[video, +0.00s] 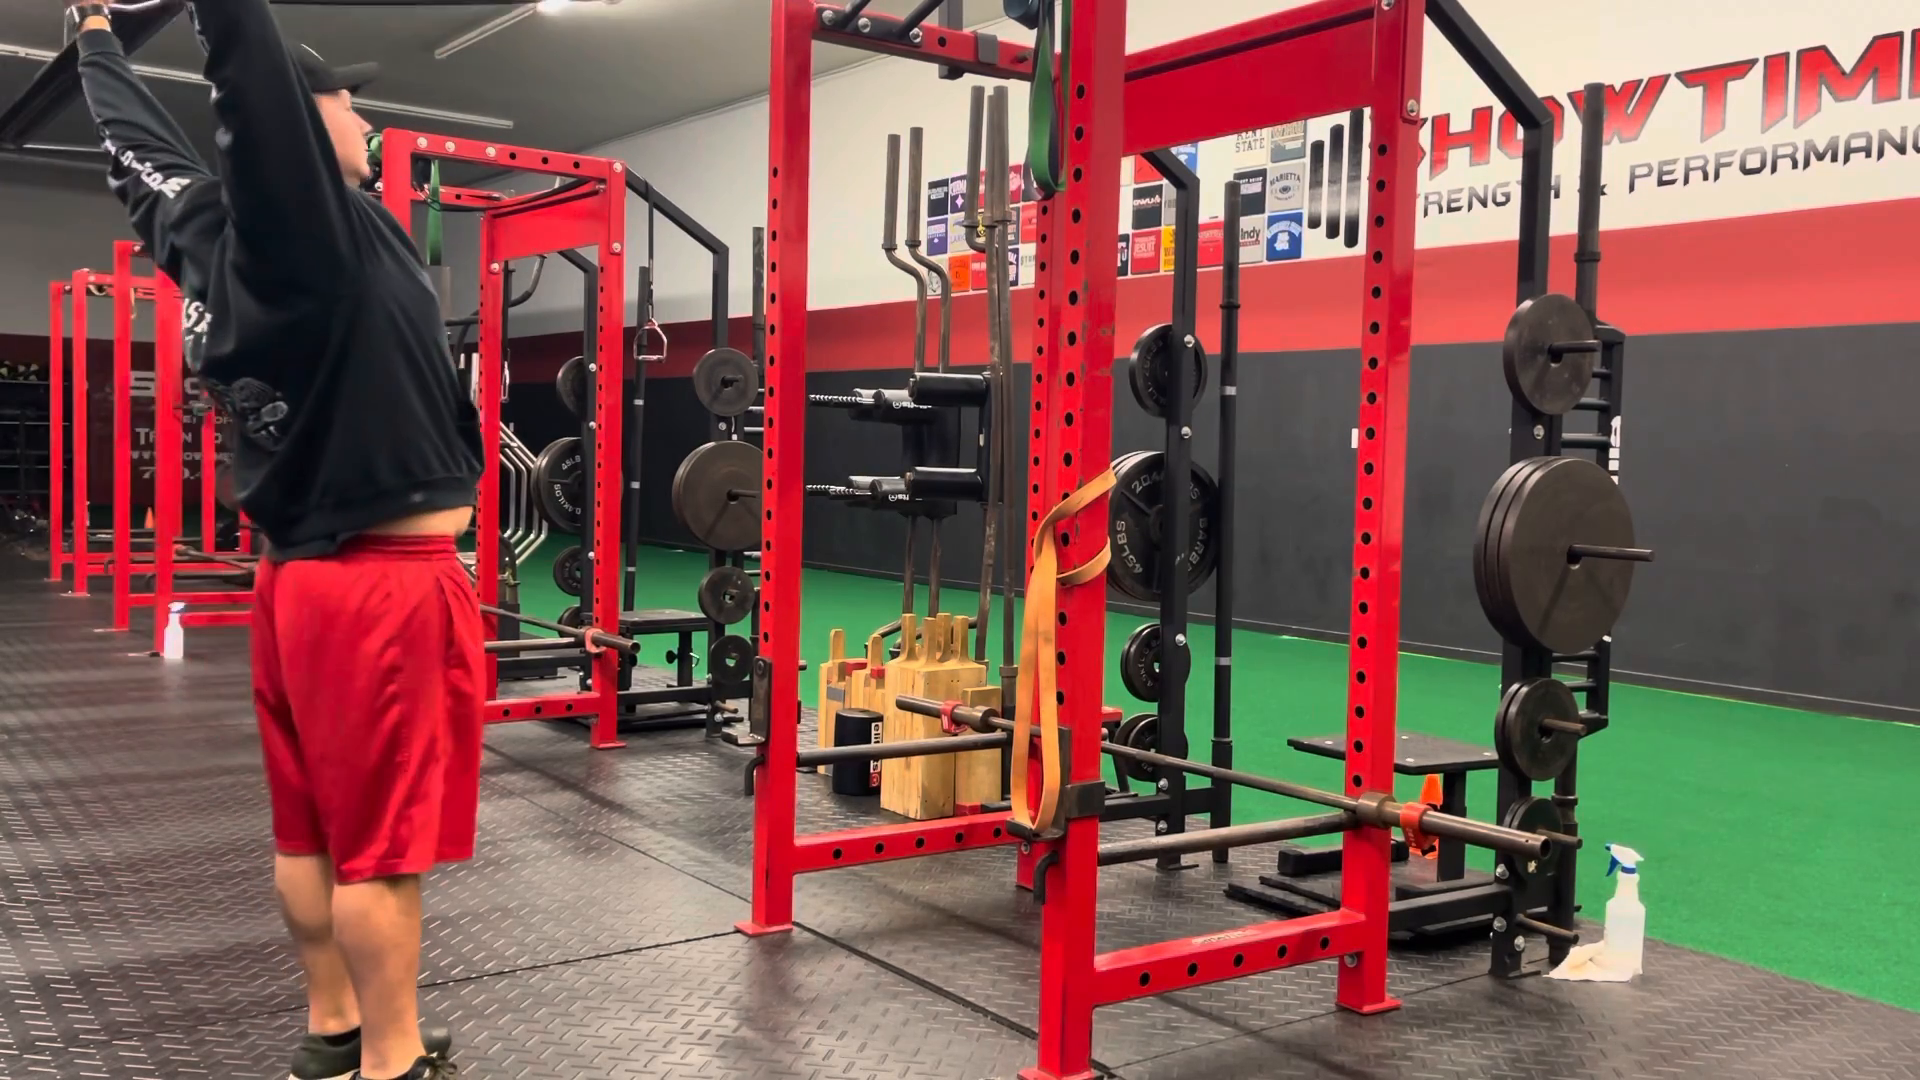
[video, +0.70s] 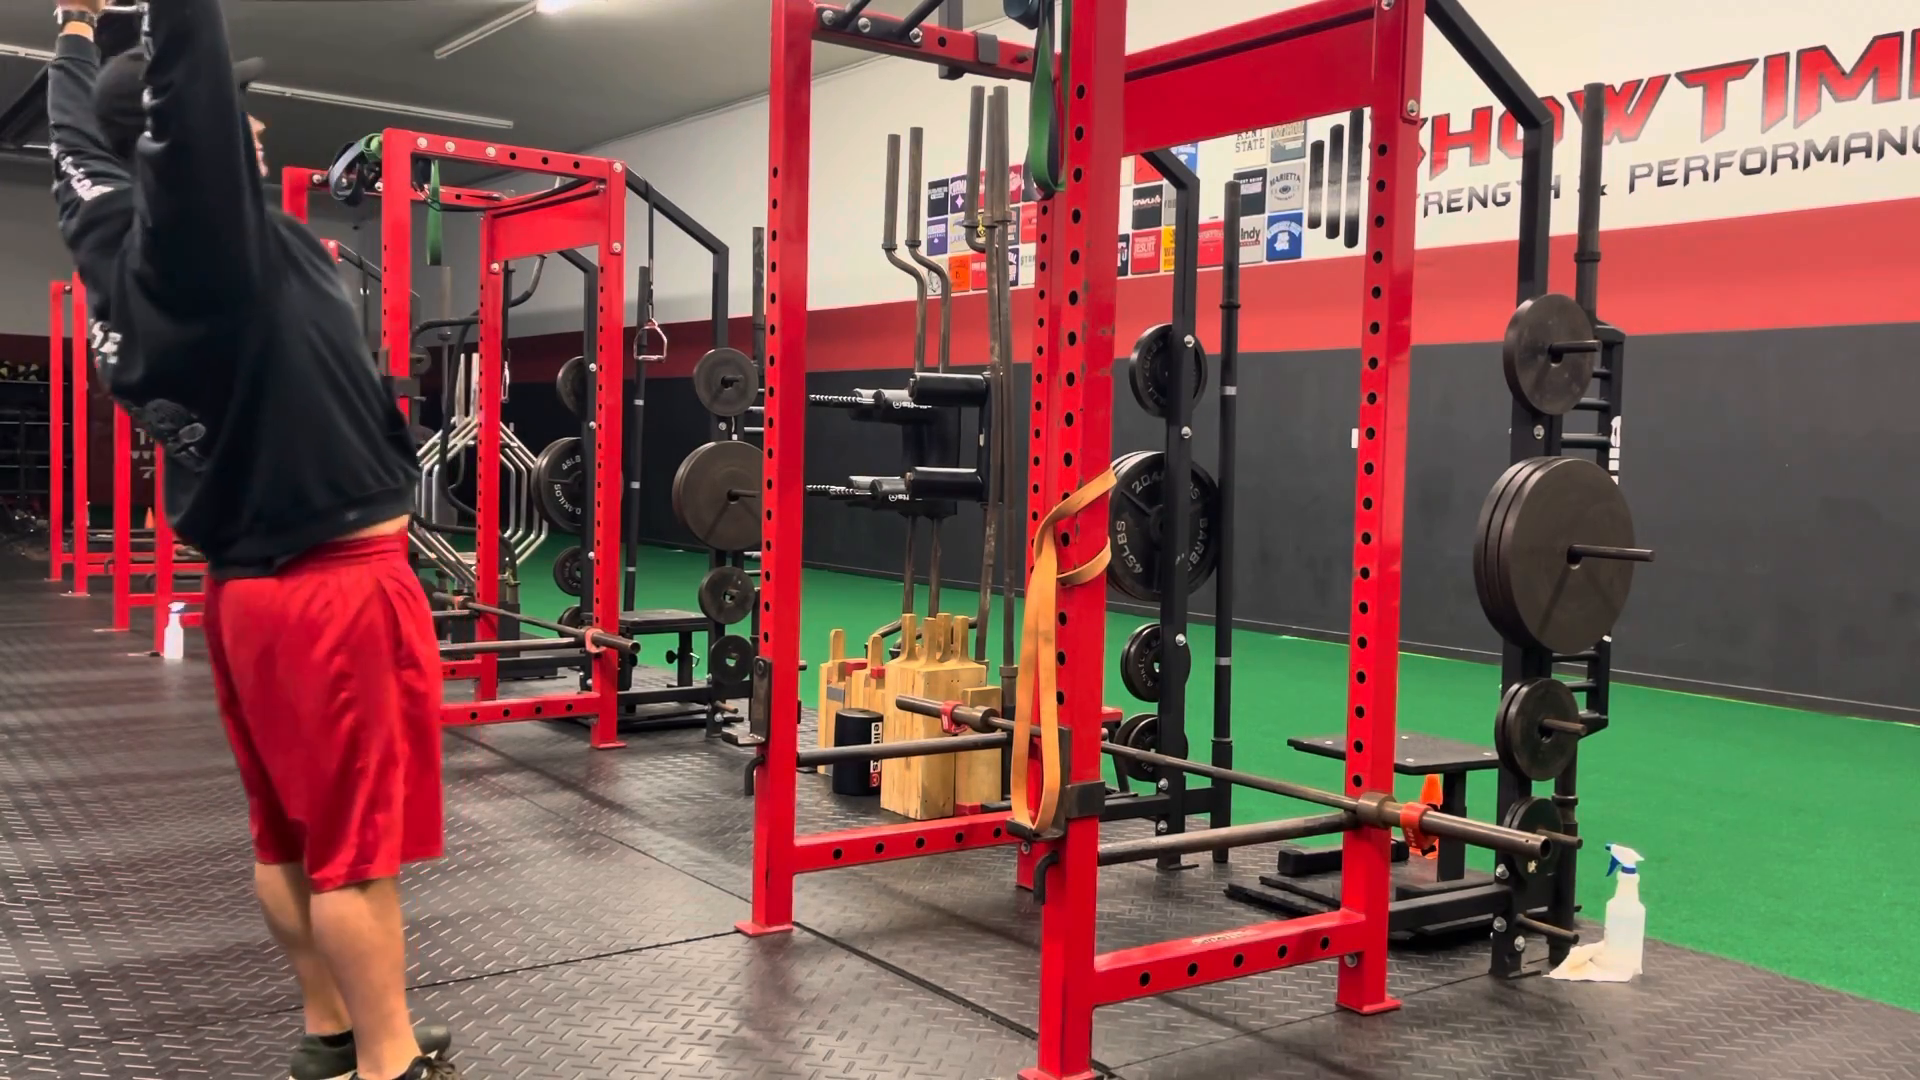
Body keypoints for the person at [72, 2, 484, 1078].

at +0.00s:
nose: (367, 121)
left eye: (359, 104)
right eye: (349, 104)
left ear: (282, 141)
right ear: (296, 121)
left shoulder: (219, 237)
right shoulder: (320, 226)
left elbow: (144, 154)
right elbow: (248, 51)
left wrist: (93, 39)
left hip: (295, 584)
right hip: (384, 589)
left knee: (306, 829)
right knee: (381, 853)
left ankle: (335, 1027)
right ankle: (393, 1058)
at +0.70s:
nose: (239, 136)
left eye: (216, 115)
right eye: (212, 119)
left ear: (131, 159)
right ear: (192, 140)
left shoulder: (133, 269)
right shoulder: (217, 248)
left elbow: (85, 152)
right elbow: (197, 83)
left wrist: (77, 29)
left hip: (248, 596)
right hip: (335, 595)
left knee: (289, 835)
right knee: (357, 855)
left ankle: (331, 1027)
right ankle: (388, 1059)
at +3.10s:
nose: (310, 120)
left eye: (300, 110)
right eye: (294, 113)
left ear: (207, 149)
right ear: (269, 140)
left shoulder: (179, 247)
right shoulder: (283, 229)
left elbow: (132, 143)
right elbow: (248, 70)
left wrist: (92, 22)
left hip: (275, 588)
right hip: (367, 590)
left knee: (306, 835)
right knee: (375, 855)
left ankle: (334, 1027)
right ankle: (392, 1057)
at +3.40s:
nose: (368, 126)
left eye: (361, 109)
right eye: (352, 110)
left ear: (281, 151)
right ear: (308, 127)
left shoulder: (226, 238)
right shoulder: (324, 227)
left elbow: (162, 151)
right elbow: (270, 71)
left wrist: (106, 35)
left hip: (303, 584)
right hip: (385, 588)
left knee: (315, 830)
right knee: (385, 850)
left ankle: (337, 1027)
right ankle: (394, 1056)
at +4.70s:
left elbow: (15, 250)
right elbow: (17, 236)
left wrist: (114, 207)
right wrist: (165, 126)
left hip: (69, 601)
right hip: (75, 608)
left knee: (214, 831)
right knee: (231, 851)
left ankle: (324, 1028)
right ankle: (366, 1065)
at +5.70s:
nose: (36, 143)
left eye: (35, 124)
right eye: (21, 123)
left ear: (36, 154)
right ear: (14, 163)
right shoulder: (35, 286)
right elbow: (74, 104)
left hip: (196, 616)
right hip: (223, 613)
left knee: (274, 858)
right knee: (316, 867)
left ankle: (330, 1033)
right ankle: (381, 1061)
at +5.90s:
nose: (65, 135)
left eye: (58, 118)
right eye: (41, 125)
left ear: (30, 145)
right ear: (17, 156)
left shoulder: (35, 283)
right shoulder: (82, 259)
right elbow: (114, 81)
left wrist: (61, 61)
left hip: (209, 617)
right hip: (280, 602)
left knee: (287, 849)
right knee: (343, 857)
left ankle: (330, 1029)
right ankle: (387, 1061)